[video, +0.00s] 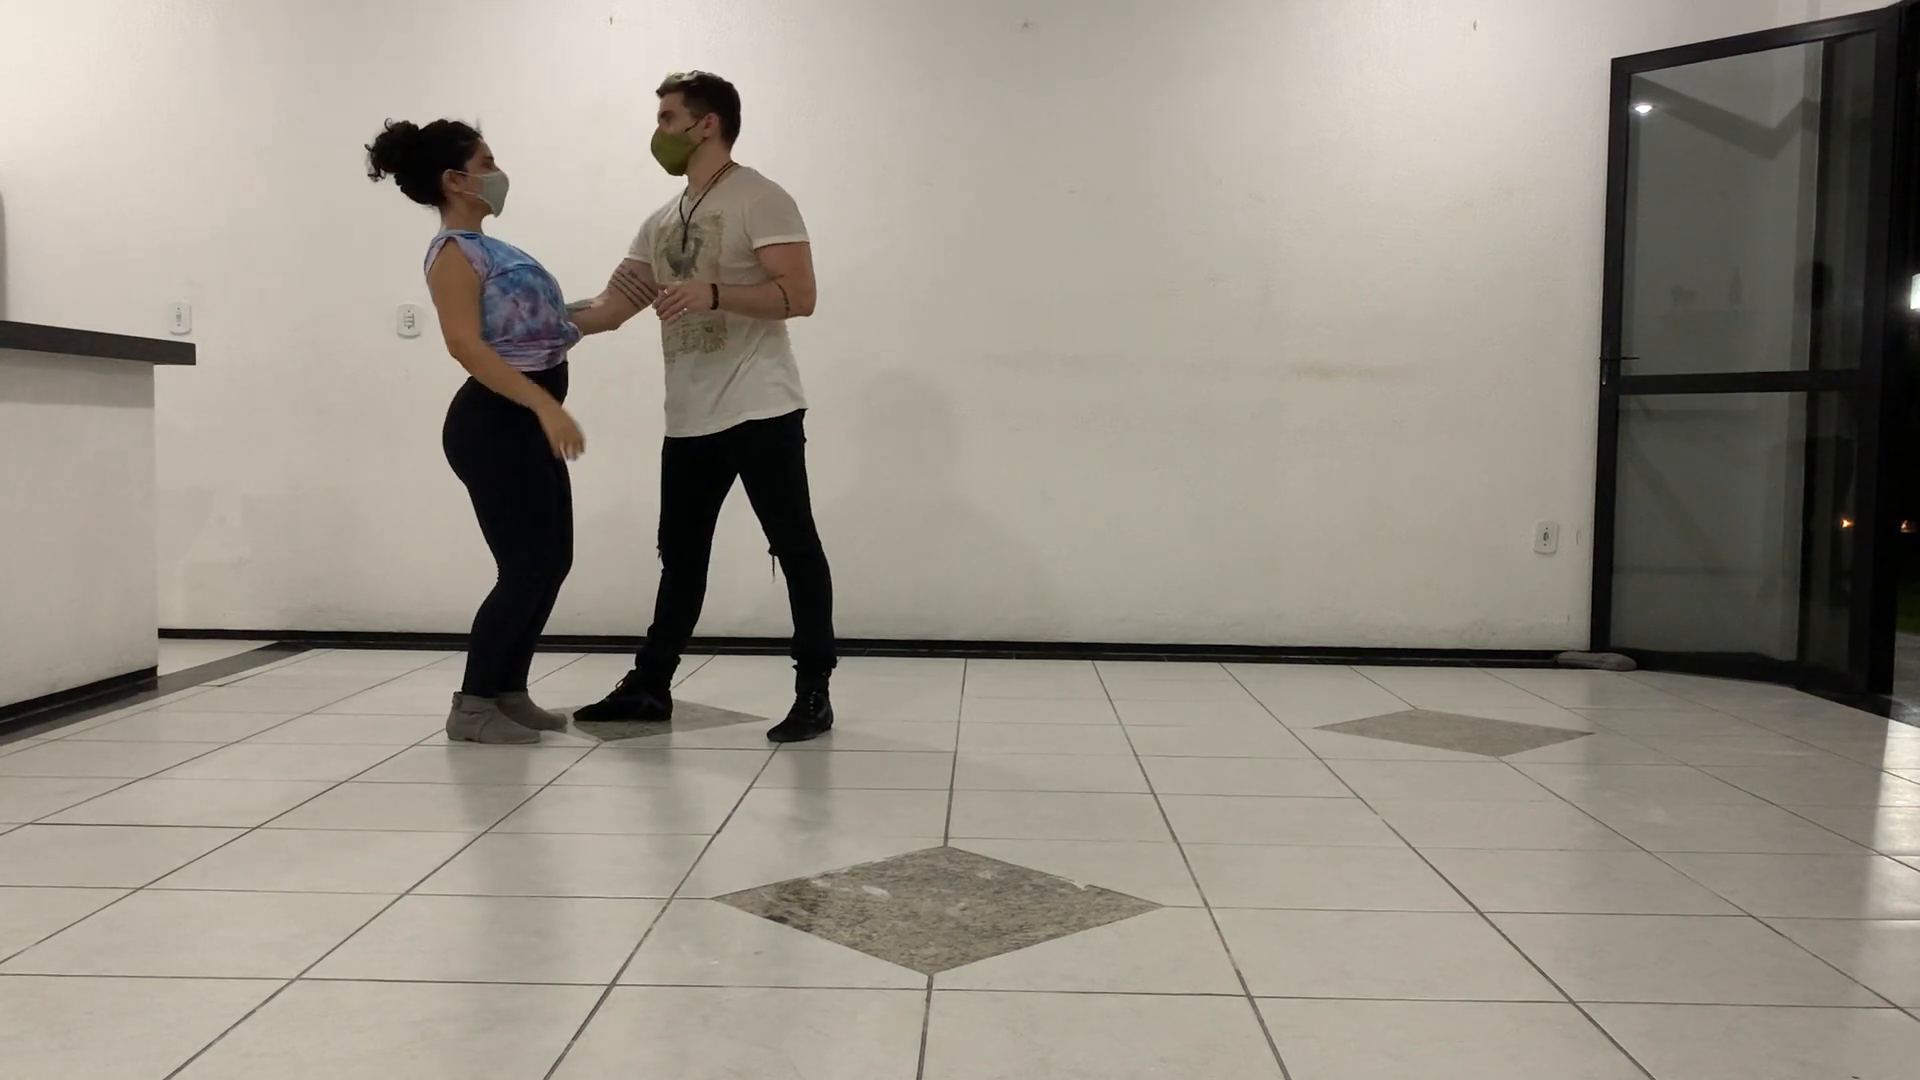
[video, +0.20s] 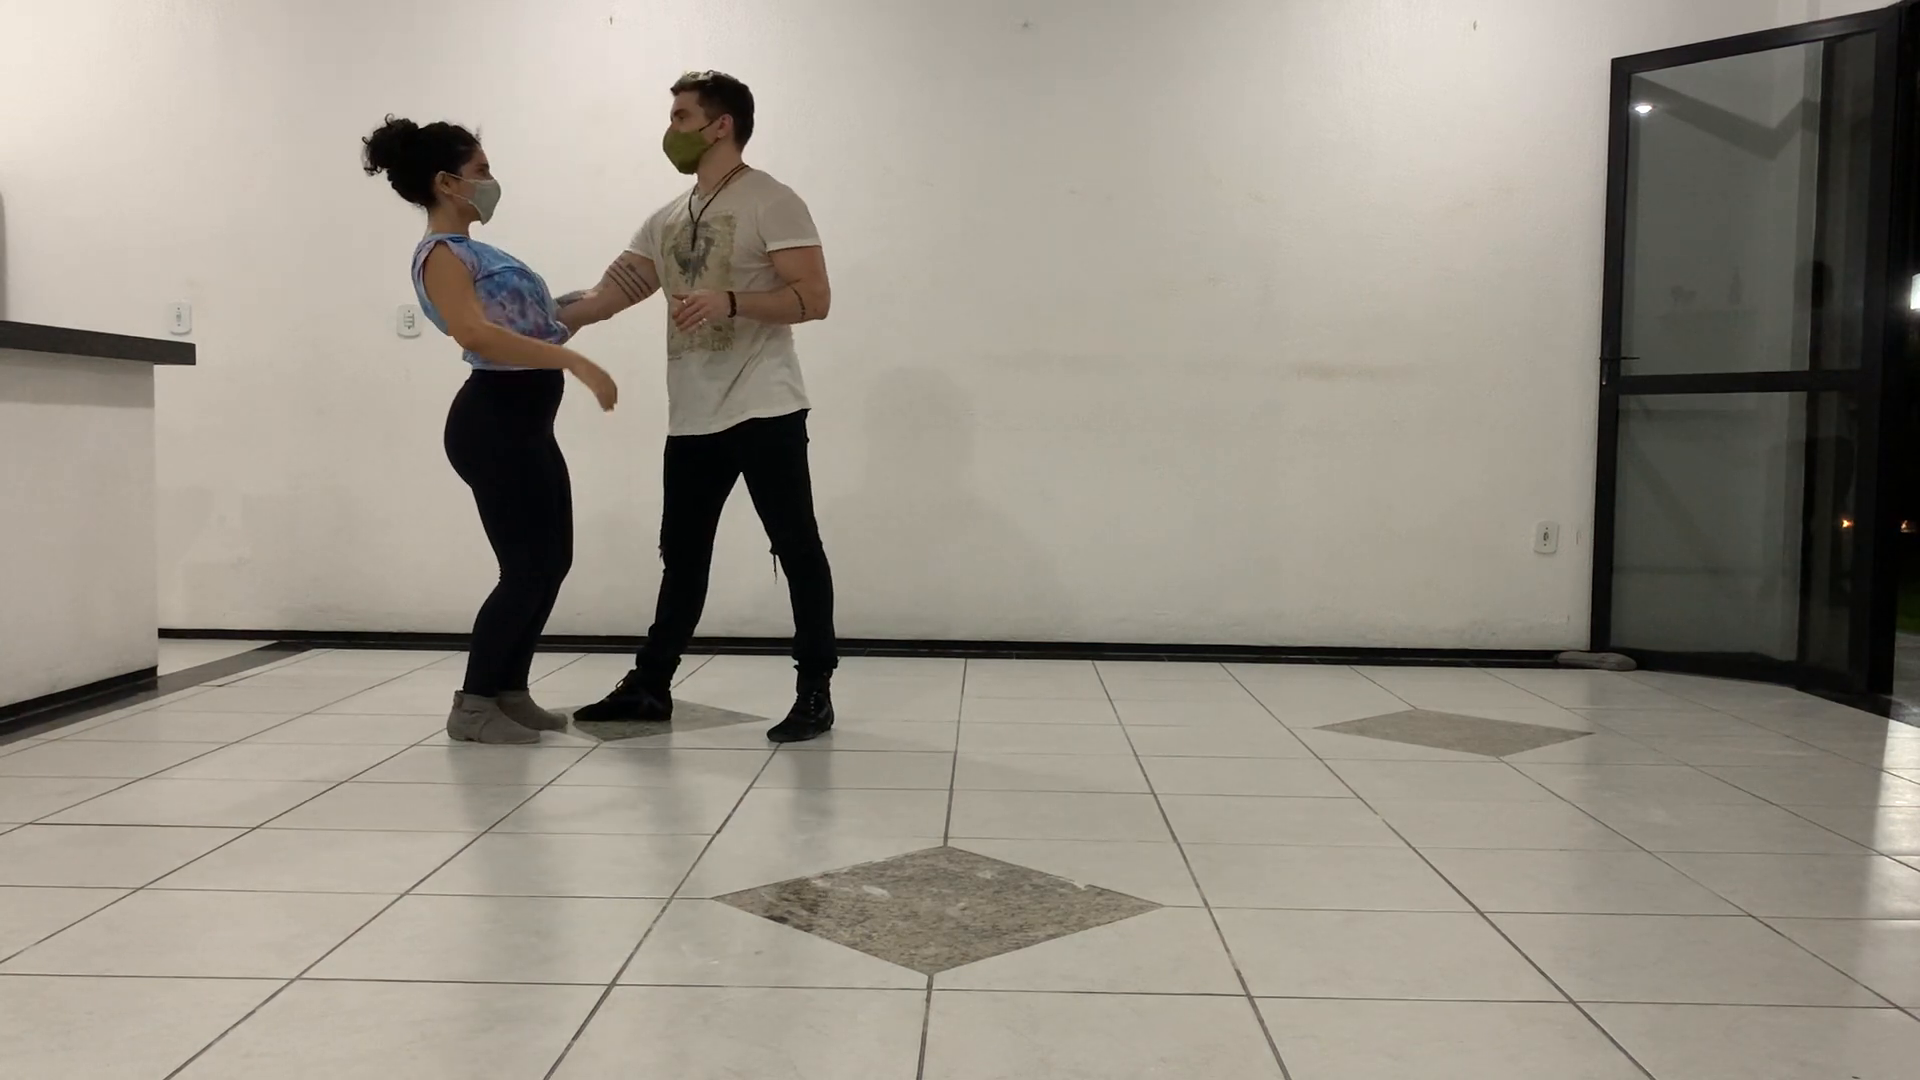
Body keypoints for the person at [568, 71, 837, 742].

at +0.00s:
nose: (656, 131)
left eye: (667, 119)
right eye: (657, 120)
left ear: (710, 124)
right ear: (697, 127)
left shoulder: (760, 199)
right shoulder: (660, 227)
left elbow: (799, 297)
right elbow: (613, 308)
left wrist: (712, 294)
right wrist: (539, 318)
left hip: (763, 405)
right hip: (690, 416)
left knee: (795, 547)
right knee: (681, 553)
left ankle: (814, 695)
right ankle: (649, 687)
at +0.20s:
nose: (669, 129)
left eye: (681, 117)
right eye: (670, 117)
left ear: (723, 124)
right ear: (706, 126)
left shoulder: (771, 202)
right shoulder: (667, 223)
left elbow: (814, 299)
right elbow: (607, 295)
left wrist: (731, 303)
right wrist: (524, 316)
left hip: (766, 406)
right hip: (694, 417)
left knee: (797, 549)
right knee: (682, 553)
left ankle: (815, 695)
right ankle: (649, 688)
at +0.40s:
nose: (670, 130)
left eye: (681, 118)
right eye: (670, 118)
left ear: (723, 124)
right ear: (705, 127)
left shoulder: (774, 203)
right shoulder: (665, 223)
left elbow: (818, 300)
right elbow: (594, 293)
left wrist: (740, 305)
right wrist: (514, 315)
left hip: (769, 406)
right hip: (696, 416)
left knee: (798, 549)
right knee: (683, 553)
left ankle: (815, 697)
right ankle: (650, 688)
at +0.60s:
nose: (666, 123)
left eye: (679, 112)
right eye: (668, 112)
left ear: (719, 123)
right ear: (701, 125)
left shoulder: (768, 201)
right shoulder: (661, 220)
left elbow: (813, 298)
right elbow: (596, 286)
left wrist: (736, 302)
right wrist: (521, 328)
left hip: (766, 406)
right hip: (692, 416)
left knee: (796, 550)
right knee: (680, 553)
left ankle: (815, 697)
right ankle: (649, 688)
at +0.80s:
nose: (645, 127)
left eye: (658, 115)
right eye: (648, 116)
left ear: (702, 124)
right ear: (688, 126)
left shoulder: (753, 199)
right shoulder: (649, 221)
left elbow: (793, 295)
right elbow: (597, 296)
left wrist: (715, 287)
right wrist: (522, 319)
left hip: (760, 406)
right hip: (685, 414)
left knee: (791, 550)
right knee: (668, 551)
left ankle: (814, 697)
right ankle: (649, 688)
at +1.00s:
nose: (614, 131)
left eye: (628, 122)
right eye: (616, 120)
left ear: (671, 135)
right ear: (651, 137)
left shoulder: (714, 205)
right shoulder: (630, 229)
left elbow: (742, 294)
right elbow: (600, 324)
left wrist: (665, 260)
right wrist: (526, 320)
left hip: (737, 408)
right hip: (665, 416)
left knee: (776, 546)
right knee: (630, 540)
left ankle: (815, 695)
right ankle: (646, 688)